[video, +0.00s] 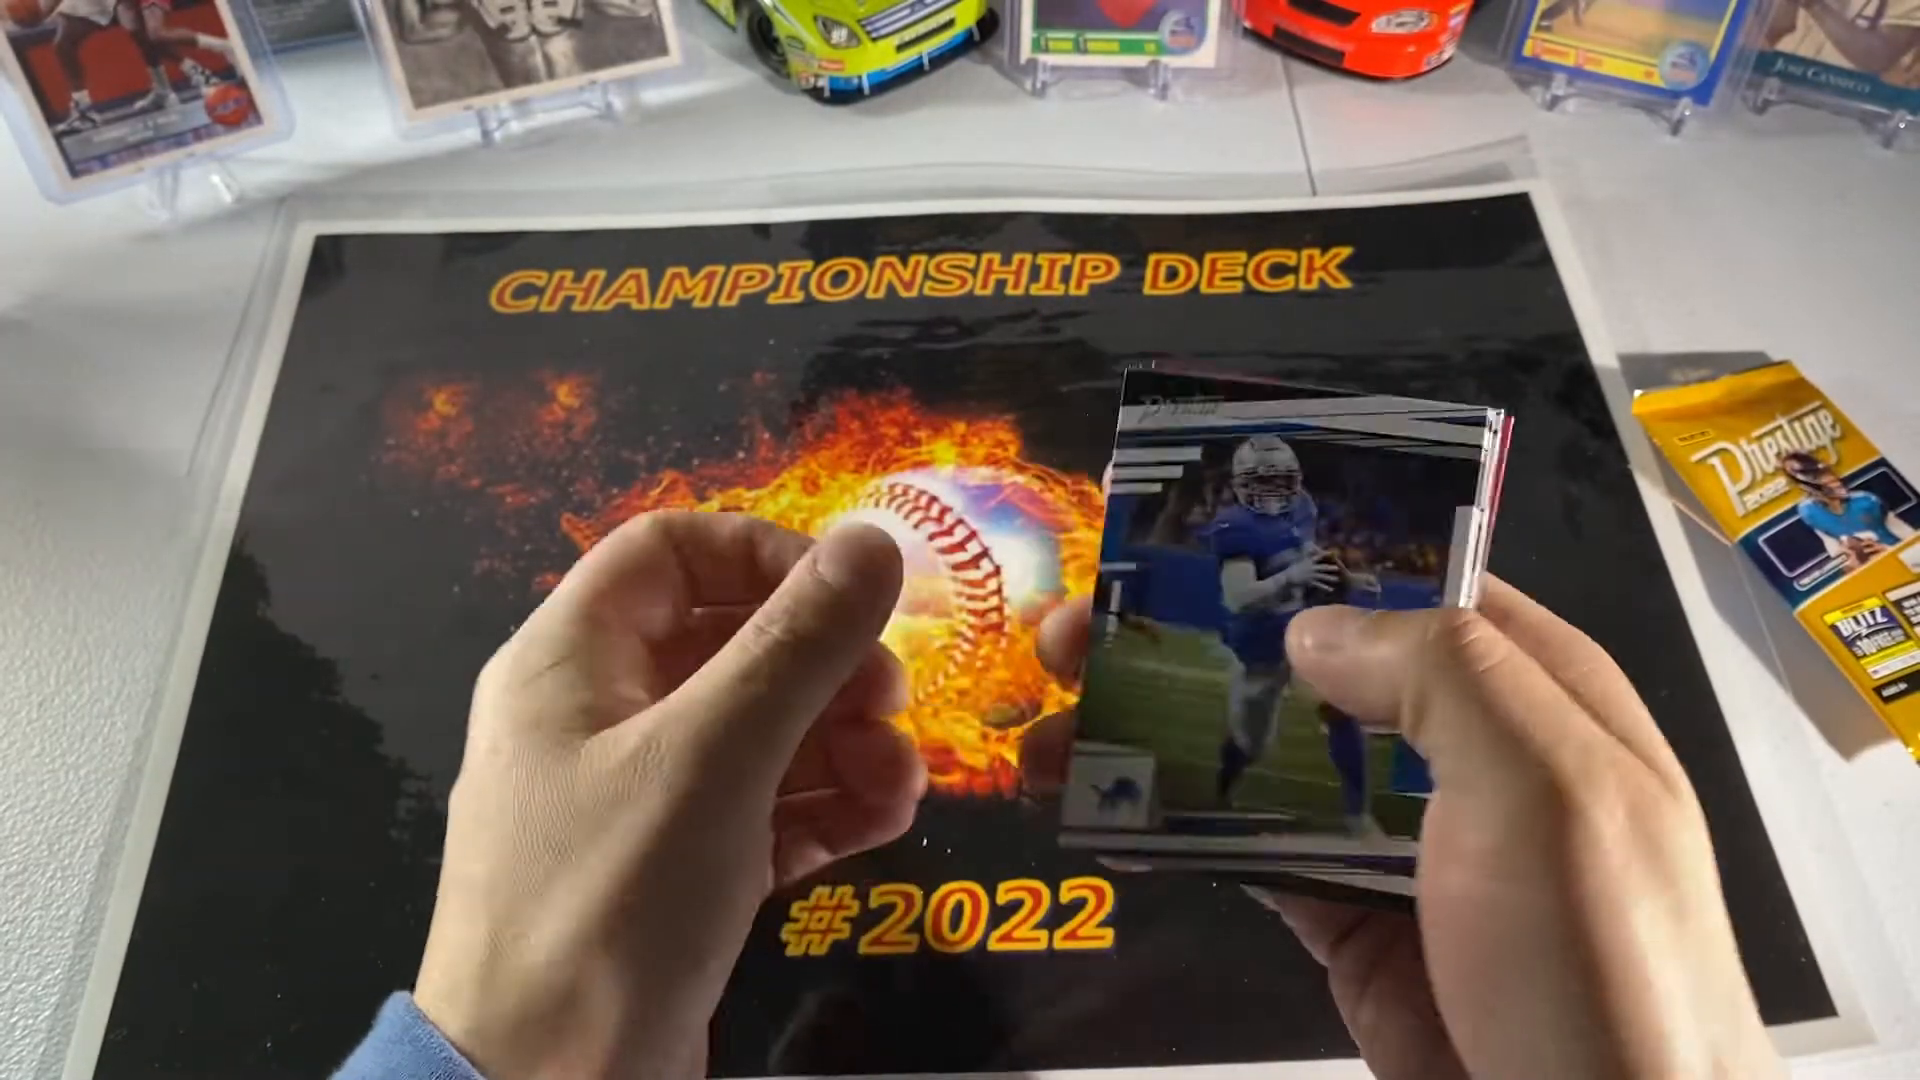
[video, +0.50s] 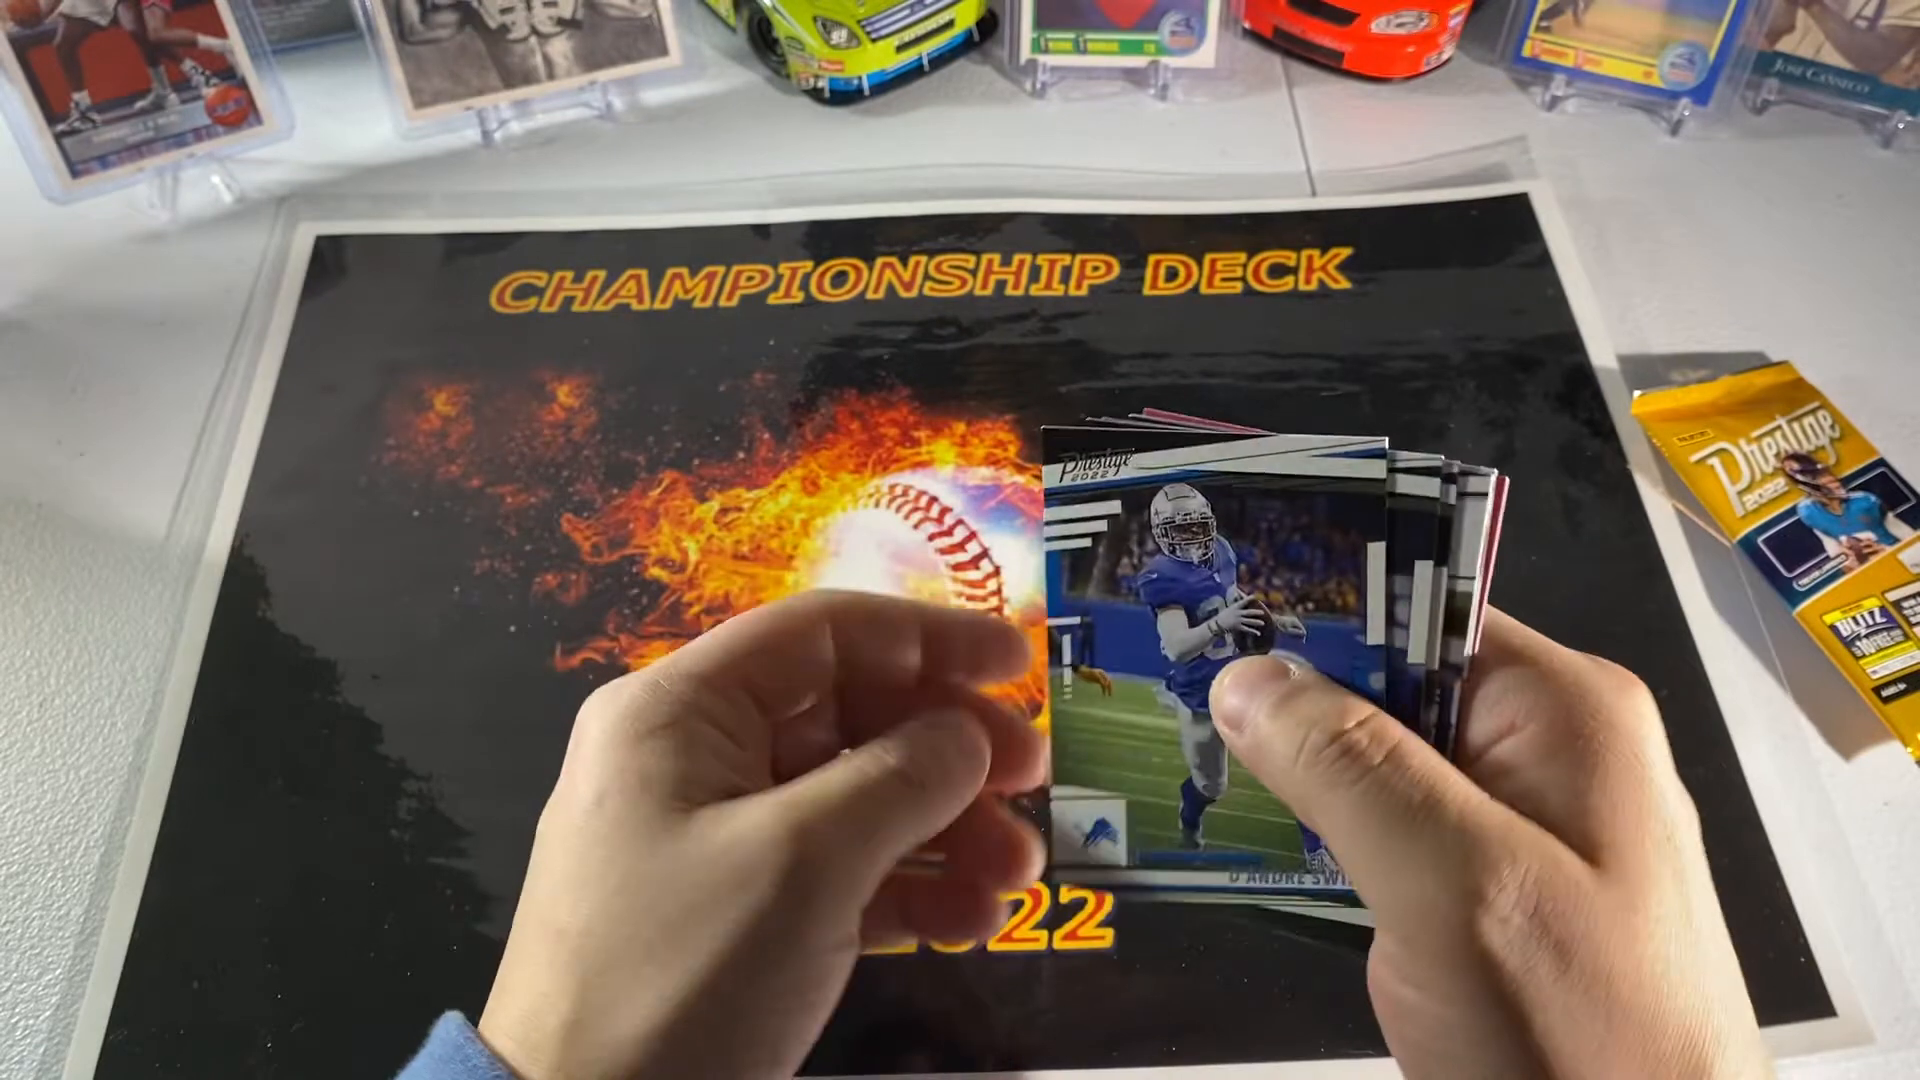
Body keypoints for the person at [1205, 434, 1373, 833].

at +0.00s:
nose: (1271, 489)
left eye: (1280, 479)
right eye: (1260, 480)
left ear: (1295, 479)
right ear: (1241, 483)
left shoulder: (1303, 511)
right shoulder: (1234, 528)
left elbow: (1305, 564)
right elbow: (1238, 597)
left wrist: (1346, 579)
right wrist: (1292, 577)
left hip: (1312, 638)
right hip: (1259, 646)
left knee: (1343, 714)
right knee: (1250, 741)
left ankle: (1357, 812)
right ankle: (1223, 789)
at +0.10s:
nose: (1261, 507)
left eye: (1269, 497)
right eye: (1248, 500)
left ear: (1280, 496)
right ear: (1225, 505)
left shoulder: (1289, 526)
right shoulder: (1221, 549)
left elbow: (1291, 580)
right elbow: (1226, 619)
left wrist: (1332, 595)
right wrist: (1281, 596)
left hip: (1303, 659)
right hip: (1251, 669)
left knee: (1341, 730)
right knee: (1252, 767)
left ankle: (1365, 833)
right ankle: (1229, 807)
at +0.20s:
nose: (1233, 522)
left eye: (1240, 511)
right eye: (1220, 515)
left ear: (1252, 510)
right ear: (1198, 522)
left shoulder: (1264, 539)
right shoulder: (1195, 567)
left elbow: (1267, 590)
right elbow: (1205, 634)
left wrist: (1312, 604)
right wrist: (1254, 612)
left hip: (1286, 671)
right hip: (1234, 684)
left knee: (1326, 744)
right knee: (1239, 782)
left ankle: (1355, 843)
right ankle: (1217, 813)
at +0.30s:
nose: (1216, 528)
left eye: (1223, 517)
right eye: (1203, 521)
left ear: (1234, 515)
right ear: (1181, 527)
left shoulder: (1247, 544)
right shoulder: (1180, 572)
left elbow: (1252, 596)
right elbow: (1190, 642)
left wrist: (1296, 610)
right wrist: (1240, 615)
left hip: (1269, 677)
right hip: (1217, 689)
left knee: (1312, 746)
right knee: (1222, 786)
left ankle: (1339, 844)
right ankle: (1203, 840)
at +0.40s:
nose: (1193, 541)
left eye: (1199, 531)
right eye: (1180, 535)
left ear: (1211, 528)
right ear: (1160, 540)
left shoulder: (1223, 556)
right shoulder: (1159, 585)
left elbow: (1231, 609)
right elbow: (1173, 654)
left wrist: (1273, 622)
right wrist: (1220, 626)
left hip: (1251, 688)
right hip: (1200, 700)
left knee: (1296, 765)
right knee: (1206, 792)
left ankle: (1318, 852)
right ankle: (1186, 843)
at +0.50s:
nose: (1192, 534)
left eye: (1198, 524)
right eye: (1181, 528)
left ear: (1208, 522)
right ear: (1162, 533)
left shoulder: (1222, 552)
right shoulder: (1161, 579)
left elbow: (1230, 601)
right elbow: (1176, 646)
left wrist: (1269, 620)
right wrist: (1220, 622)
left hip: (1248, 681)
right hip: (1199, 693)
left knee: (1300, 758)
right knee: (1211, 785)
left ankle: (1315, 851)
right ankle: (1189, 819)